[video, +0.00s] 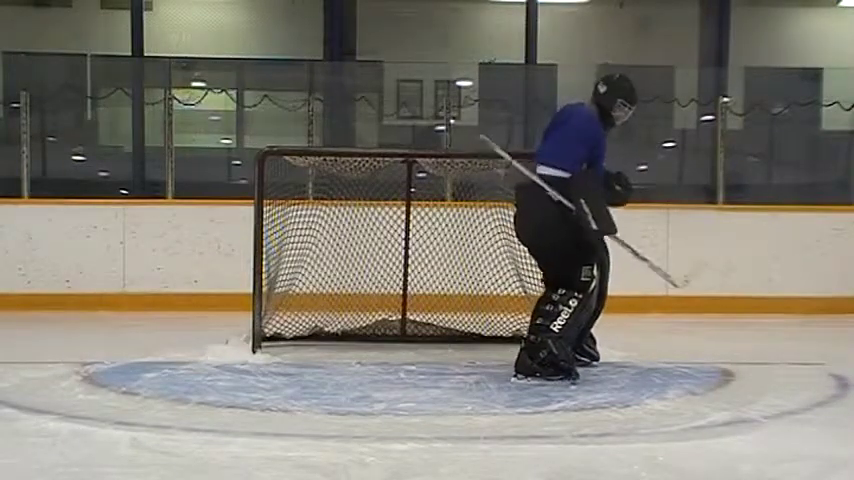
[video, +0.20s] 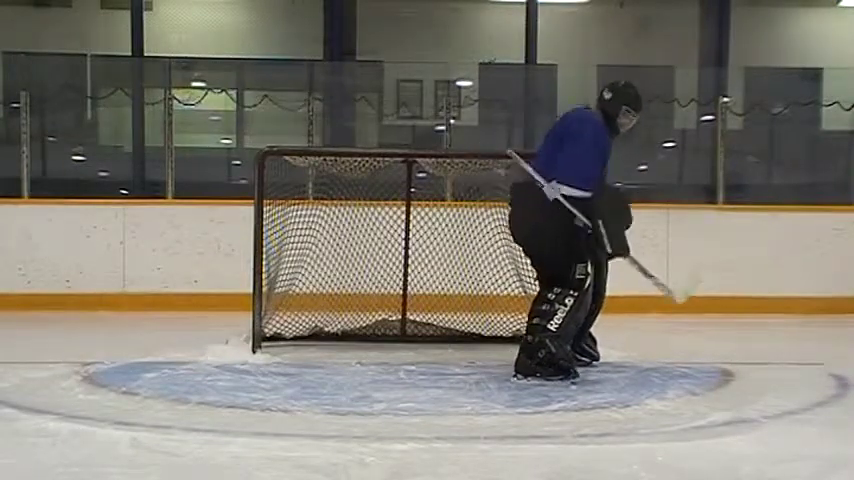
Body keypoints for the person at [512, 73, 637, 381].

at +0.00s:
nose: (623, 115)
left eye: (627, 109)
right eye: (622, 107)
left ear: (601, 97)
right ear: (607, 99)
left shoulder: (571, 113)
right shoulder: (591, 126)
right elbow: (586, 182)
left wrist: (606, 183)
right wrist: (605, 224)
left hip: (531, 207)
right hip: (553, 210)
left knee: (561, 279)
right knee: (586, 274)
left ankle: (537, 350)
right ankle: (548, 349)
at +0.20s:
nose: (629, 122)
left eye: (633, 117)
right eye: (627, 114)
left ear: (604, 104)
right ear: (612, 105)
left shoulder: (586, 123)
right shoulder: (590, 129)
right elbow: (575, 191)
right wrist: (598, 235)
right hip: (545, 211)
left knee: (560, 280)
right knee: (574, 280)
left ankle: (542, 349)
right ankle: (540, 353)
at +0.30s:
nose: (633, 133)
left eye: (637, 127)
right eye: (630, 125)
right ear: (615, 116)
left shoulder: (591, 134)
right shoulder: (594, 141)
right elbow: (579, 207)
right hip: (536, 214)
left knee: (560, 281)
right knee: (573, 281)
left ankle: (543, 349)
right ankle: (540, 353)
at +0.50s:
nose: (642, 175)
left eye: (646, 170)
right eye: (640, 167)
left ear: (618, 152)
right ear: (628, 159)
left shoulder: (591, 163)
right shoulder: (610, 187)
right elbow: (600, 239)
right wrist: (617, 279)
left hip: (514, 220)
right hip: (535, 232)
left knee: (564, 287)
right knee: (592, 288)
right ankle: (541, 356)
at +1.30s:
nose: (629, 136)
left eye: (629, 130)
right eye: (622, 130)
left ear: (597, 134)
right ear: (604, 132)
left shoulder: (583, 154)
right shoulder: (600, 164)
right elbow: (592, 226)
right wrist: (610, 275)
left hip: (516, 219)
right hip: (535, 225)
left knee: (560, 289)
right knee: (586, 286)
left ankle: (537, 352)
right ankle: (542, 353)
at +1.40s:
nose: (624, 128)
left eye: (624, 122)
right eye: (617, 123)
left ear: (596, 126)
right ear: (600, 125)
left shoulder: (580, 148)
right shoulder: (595, 156)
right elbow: (588, 214)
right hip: (537, 224)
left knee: (560, 288)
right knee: (584, 287)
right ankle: (538, 354)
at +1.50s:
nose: (622, 121)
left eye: (621, 115)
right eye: (616, 116)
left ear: (593, 120)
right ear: (599, 119)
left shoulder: (574, 143)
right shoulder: (598, 152)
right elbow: (591, 215)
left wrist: (613, 219)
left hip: (524, 218)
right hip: (544, 226)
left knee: (558, 288)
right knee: (585, 287)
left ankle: (535, 348)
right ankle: (539, 353)